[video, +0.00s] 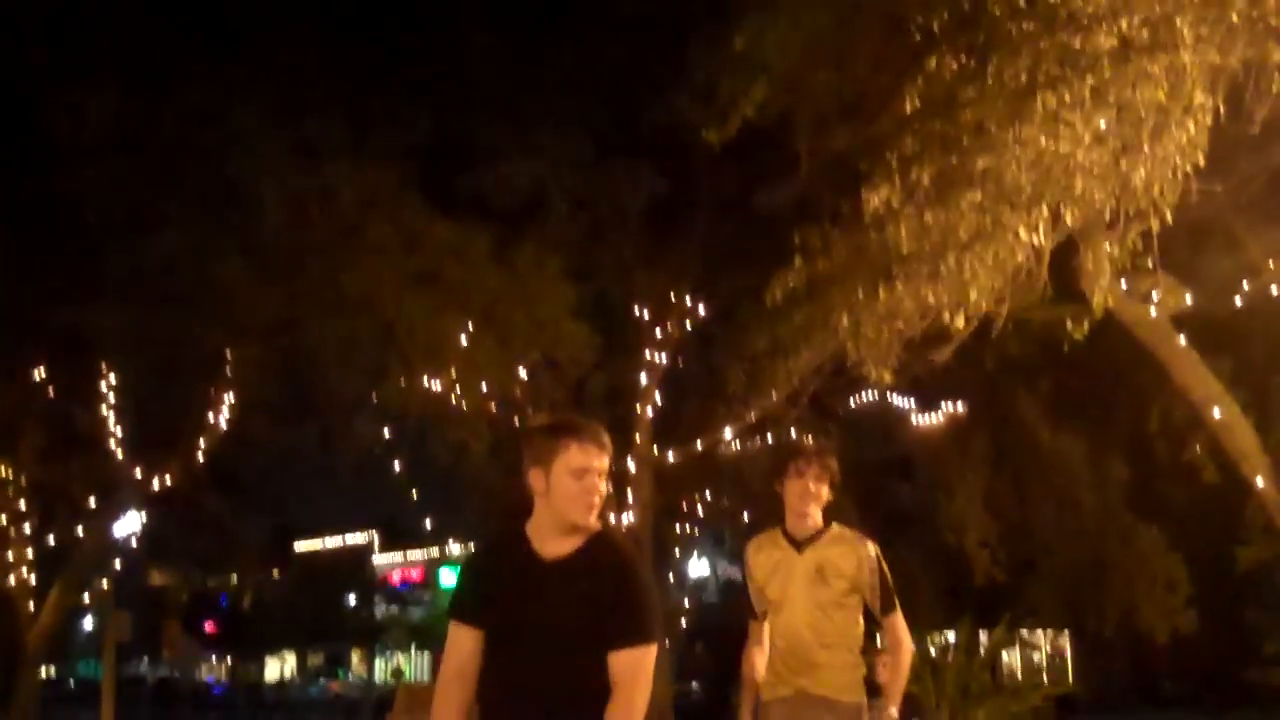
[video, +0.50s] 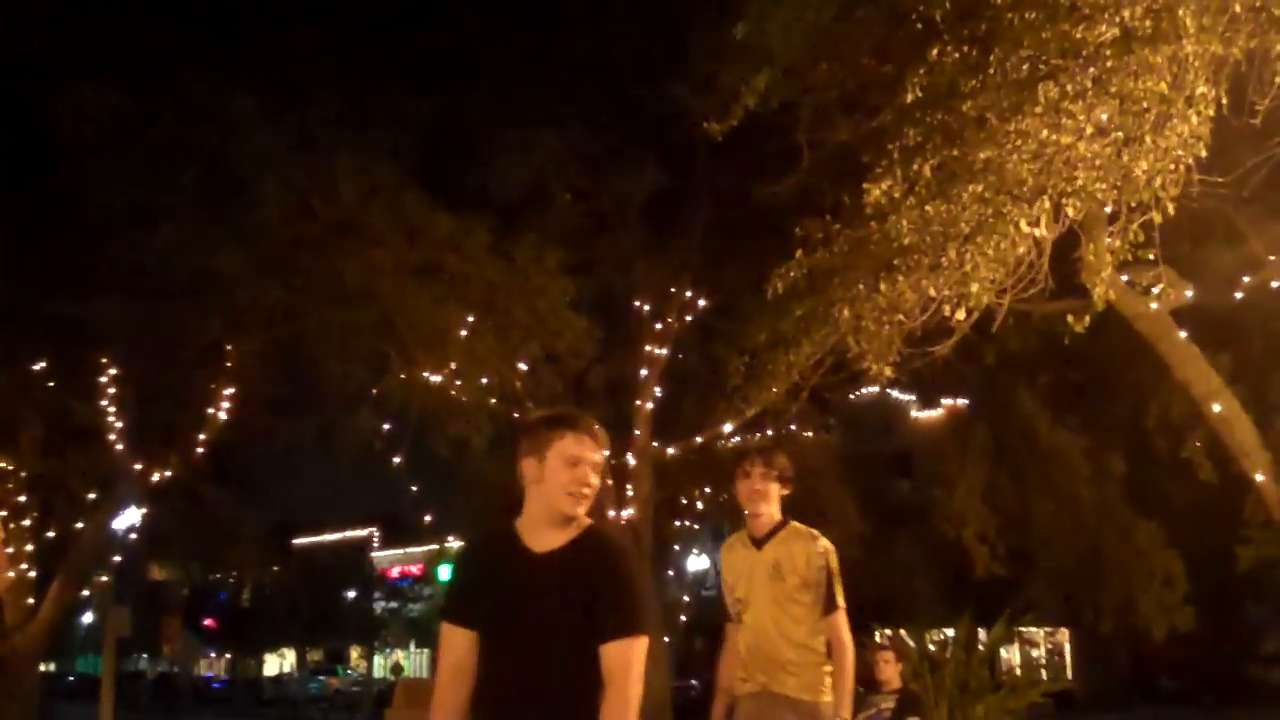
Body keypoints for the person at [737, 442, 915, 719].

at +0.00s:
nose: (809, 487)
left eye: (819, 479)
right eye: (799, 476)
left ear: (829, 492)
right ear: (781, 486)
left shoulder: (859, 551)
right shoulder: (758, 551)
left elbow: (900, 640)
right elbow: (757, 638)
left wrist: (890, 707)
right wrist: (746, 709)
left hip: (841, 702)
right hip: (778, 702)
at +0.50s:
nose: (755, 485)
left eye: (766, 476)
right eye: (746, 476)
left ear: (784, 487)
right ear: (734, 488)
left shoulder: (814, 547)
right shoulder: (729, 552)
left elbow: (840, 637)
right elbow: (733, 635)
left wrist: (843, 712)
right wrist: (718, 710)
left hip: (808, 700)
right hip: (750, 700)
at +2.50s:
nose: (709, 479)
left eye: (721, 467)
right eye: (700, 467)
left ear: (743, 476)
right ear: (691, 475)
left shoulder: (781, 539)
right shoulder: (675, 543)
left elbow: (815, 616)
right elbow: (680, 627)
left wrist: (832, 700)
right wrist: (676, 695)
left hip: (778, 698)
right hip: (713, 700)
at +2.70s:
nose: (698, 506)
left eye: (710, 494)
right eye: (689, 494)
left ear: (735, 504)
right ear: (679, 502)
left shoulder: (774, 576)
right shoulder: (664, 574)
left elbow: (813, 664)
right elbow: (652, 661)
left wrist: (820, 713)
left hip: (759, 711)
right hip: (689, 711)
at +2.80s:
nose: (685, 456)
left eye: (695, 443)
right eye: (677, 444)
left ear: (722, 451)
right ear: (668, 453)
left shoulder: (760, 516)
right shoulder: (653, 521)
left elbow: (805, 618)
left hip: (743, 700)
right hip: (673, 700)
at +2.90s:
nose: (666, 412)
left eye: (679, 398)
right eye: (658, 399)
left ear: (707, 404)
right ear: (649, 405)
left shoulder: (746, 465)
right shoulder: (637, 467)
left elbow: (785, 553)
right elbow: (622, 549)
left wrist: (728, 541)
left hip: (722, 639)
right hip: (654, 638)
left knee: (727, 714)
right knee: (650, 715)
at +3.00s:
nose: (647, 396)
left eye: (660, 382)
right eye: (637, 384)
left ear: (690, 386)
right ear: (629, 389)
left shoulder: (726, 445)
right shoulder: (618, 445)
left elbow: (730, 509)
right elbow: (594, 509)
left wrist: (658, 509)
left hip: (715, 625)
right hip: (642, 623)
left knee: (715, 713)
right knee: (639, 715)